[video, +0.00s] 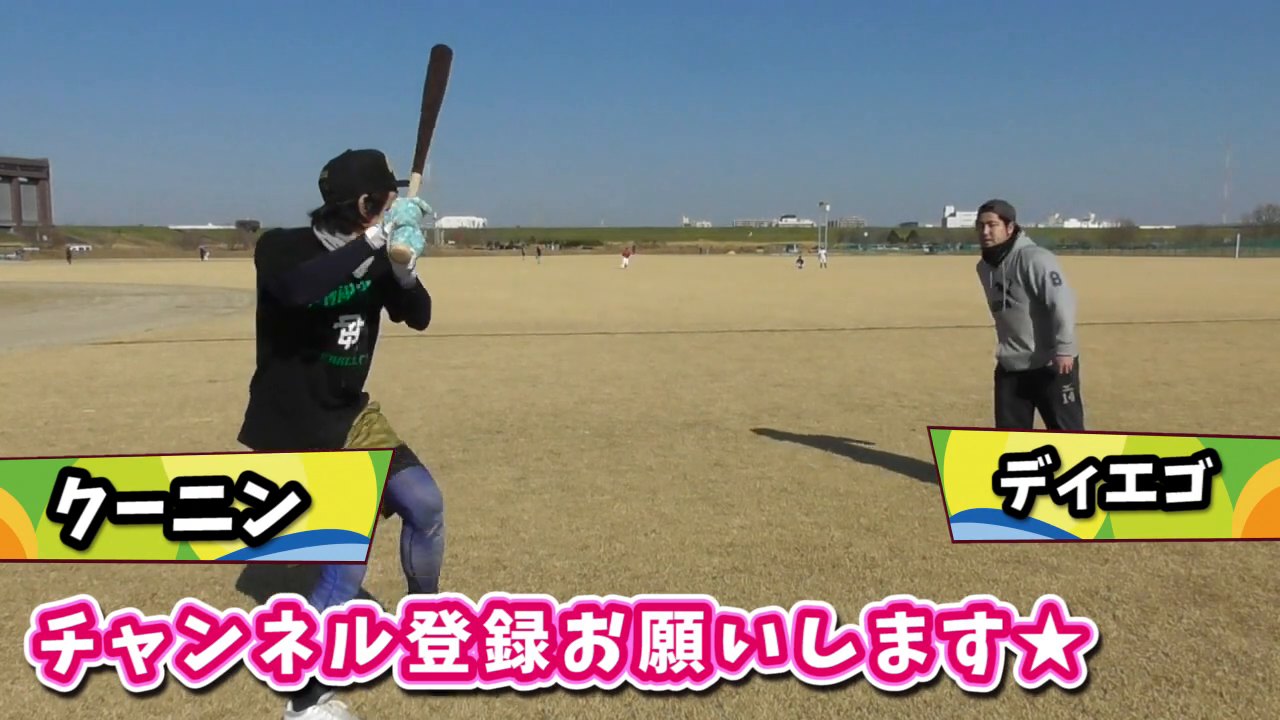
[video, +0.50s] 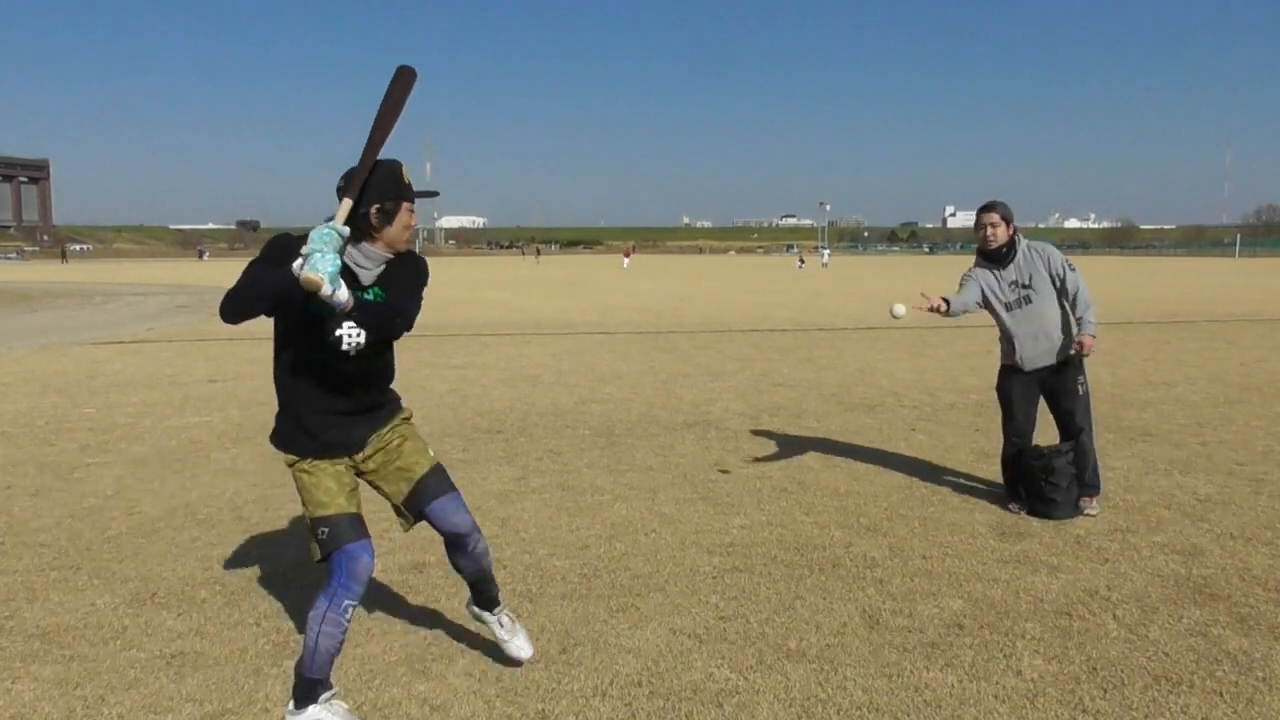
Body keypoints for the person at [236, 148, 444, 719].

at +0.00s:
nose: (388, 209)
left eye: (389, 203)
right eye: (386, 202)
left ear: (350, 203)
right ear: (366, 204)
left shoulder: (373, 256)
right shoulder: (281, 246)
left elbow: (417, 316)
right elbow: (294, 290)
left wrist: (403, 267)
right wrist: (370, 242)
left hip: (352, 419)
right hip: (291, 431)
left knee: (425, 504)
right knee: (346, 566)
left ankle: (425, 618)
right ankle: (306, 697)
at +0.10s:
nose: (389, 207)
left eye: (389, 201)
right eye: (384, 200)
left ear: (350, 201)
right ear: (362, 203)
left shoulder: (381, 252)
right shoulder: (278, 246)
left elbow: (410, 319)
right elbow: (271, 297)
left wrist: (385, 270)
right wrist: (352, 249)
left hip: (357, 413)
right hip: (293, 424)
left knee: (416, 488)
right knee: (345, 563)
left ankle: (433, 622)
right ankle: (307, 695)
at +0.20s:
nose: (397, 208)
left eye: (397, 200)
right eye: (390, 199)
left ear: (376, 206)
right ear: (357, 204)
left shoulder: (389, 256)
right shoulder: (278, 246)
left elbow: (403, 319)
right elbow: (257, 299)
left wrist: (364, 275)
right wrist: (338, 254)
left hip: (360, 415)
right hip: (294, 422)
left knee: (415, 485)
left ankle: (438, 619)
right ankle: (306, 694)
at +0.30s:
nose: (403, 212)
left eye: (402, 201)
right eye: (395, 202)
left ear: (366, 205)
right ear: (363, 205)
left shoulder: (393, 258)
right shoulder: (281, 247)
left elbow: (398, 320)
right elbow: (244, 304)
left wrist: (351, 276)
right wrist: (323, 264)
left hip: (366, 413)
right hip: (301, 432)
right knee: (349, 564)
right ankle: (308, 698)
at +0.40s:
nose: (408, 217)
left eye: (407, 206)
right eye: (400, 207)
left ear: (372, 212)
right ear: (366, 212)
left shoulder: (398, 262)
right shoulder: (285, 248)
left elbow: (395, 322)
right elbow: (236, 307)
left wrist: (348, 285)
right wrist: (308, 268)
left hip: (373, 417)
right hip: (306, 436)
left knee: (441, 514)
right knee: (350, 562)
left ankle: (473, 624)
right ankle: (307, 698)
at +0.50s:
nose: (415, 221)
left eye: (415, 211)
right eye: (407, 213)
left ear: (380, 216)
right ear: (375, 217)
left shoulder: (406, 266)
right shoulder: (292, 252)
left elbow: (390, 323)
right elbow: (233, 310)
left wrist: (326, 290)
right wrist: (303, 266)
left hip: (383, 424)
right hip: (315, 440)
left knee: (461, 527)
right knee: (353, 563)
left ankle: (489, 608)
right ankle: (307, 699)